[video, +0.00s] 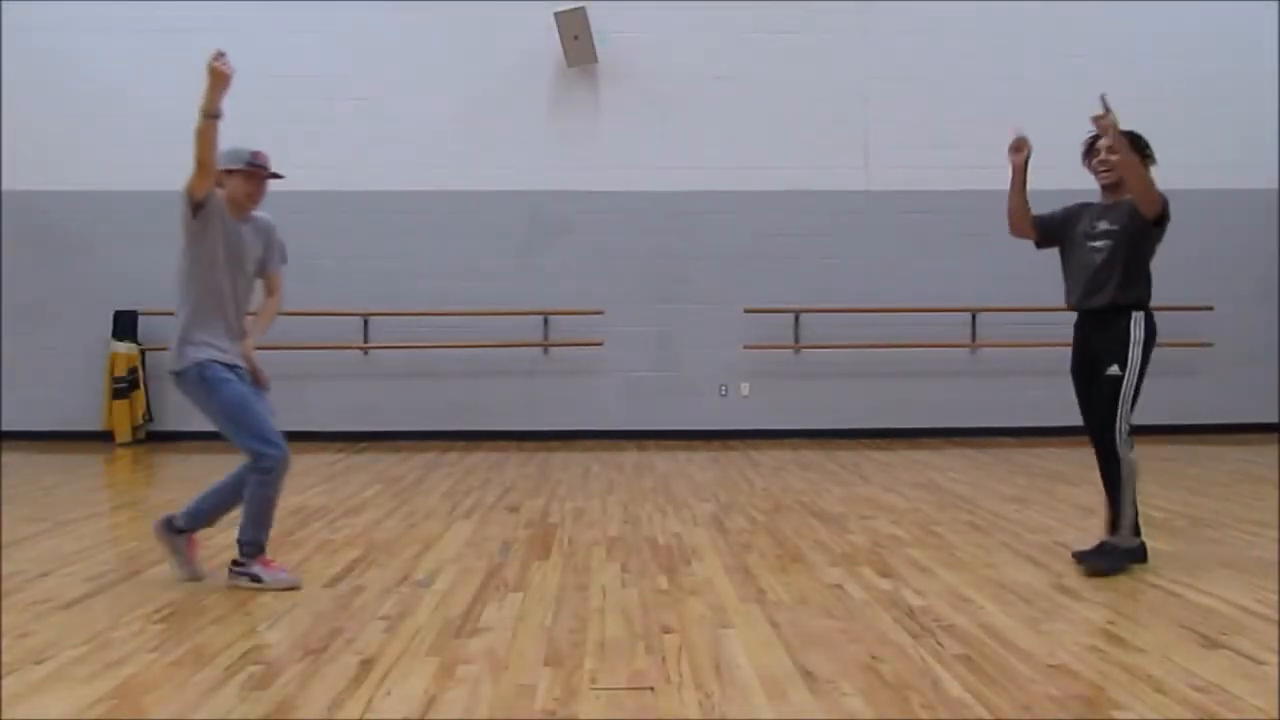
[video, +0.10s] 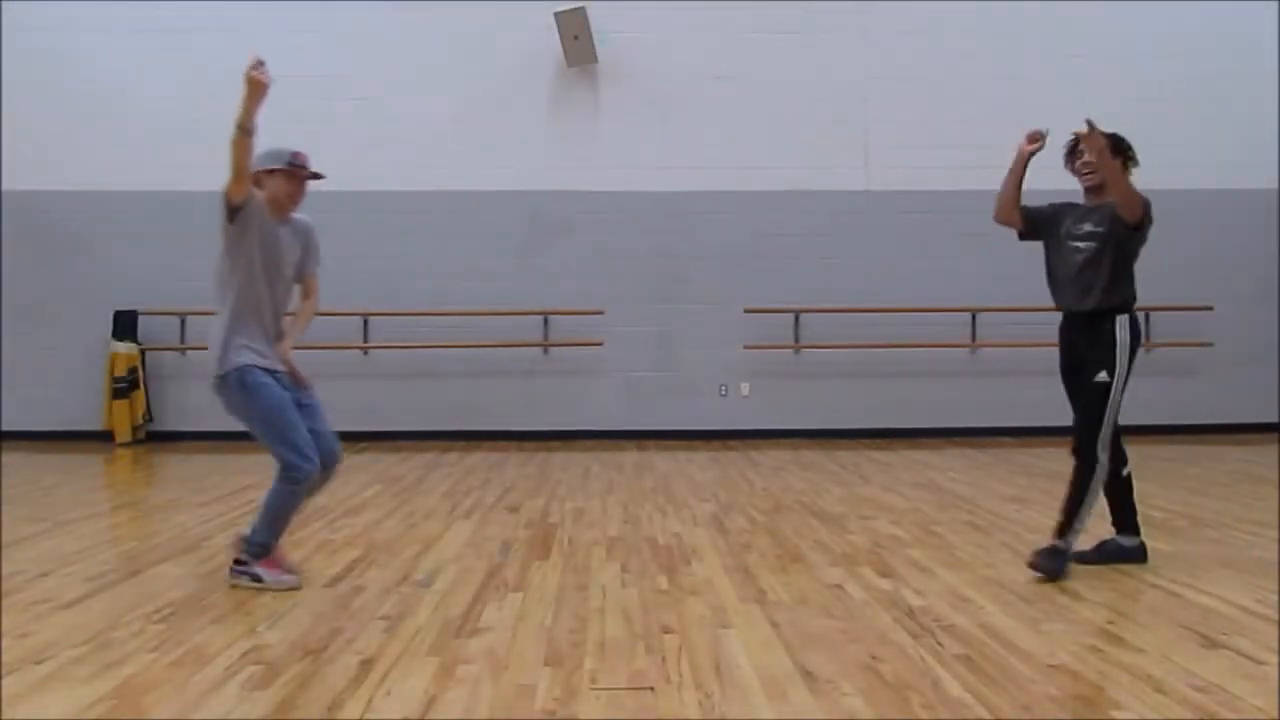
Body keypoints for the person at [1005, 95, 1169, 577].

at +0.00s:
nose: (1102, 158)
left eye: (1114, 150)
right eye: (1095, 152)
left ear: (1137, 161)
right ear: (1088, 166)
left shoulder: (1146, 212)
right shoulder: (1078, 216)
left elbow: (1146, 194)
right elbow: (1021, 227)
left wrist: (1116, 140)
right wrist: (1018, 170)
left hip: (1128, 325)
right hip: (1089, 327)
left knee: (1113, 429)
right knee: (1101, 433)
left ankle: (1126, 537)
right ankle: (1121, 533)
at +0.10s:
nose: (1086, 163)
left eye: (1096, 156)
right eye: (1080, 158)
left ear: (1121, 164)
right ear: (1073, 168)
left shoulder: (1130, 212)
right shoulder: (1061, 213)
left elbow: (1131, 209)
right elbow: (1007, 215)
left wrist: (1105, 156)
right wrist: (1022, 159)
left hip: (1113, 329)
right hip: (1074, 330)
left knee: (1091, 438)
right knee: (1101, 435)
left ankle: (1062, 545)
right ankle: (1128, 536)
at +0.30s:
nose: (1056, 163)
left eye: (1066, 155)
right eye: (1050, 158)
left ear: (1090, 164)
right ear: (1044, 169)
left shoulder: (1095, 212)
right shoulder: (1030, 217)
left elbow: (1093, 184)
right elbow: (973, 218)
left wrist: (1070, 123)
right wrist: (964, 161)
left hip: (1073, 330)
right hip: (1040, 332)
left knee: (1050, 444)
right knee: (1072, 439)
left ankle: (1016, 547)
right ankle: (1124, 532)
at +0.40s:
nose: (1040, 157)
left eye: (1051, 151)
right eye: (1035, 151)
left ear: (1071, 164)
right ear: (1027, 164)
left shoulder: (1075, 210)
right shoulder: (1016, 214)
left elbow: (1075, 169)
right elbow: (960, 214)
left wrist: (1064, 116)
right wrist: (929, 171)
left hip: (1050, 325)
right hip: (1018, 327)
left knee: (1040, 439)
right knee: (1025, 438)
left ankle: (1016, 549)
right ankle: (1104, 517)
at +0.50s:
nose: (1023, 156)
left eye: (1033, 150)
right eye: (1019, 150)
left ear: (1057, 162)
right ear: (1011, 162)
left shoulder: (1060, 206)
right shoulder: (1004, 210)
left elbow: (1050, 159)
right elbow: (946, 208)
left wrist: (1046, 105)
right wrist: (906, 169)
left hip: (1034, 325)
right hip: (1001, 327)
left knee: (1030, 430)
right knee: (983, 432)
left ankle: (1014, 548)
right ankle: (1065, 504)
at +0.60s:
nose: (1001, 156)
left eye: (1011, 149)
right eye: (997, 149)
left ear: (1035, 157)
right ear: (992, 158)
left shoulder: (1044, 204)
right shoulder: (982, 209)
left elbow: (1029, 161)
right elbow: (927, 202)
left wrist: (1014, 97)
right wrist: (902, 150)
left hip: (1020, 327)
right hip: (983, 327)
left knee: (1019, 437)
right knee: (954, 430)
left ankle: (1016, 545)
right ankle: (1004, 523)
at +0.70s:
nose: (975, 156)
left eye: (987, 147)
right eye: (974, 149)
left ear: (1015, 160)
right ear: (975, 162)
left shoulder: (1027, 205)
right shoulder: (964, 211)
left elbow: (1004, 181)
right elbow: (908, 199)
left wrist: (971, 128)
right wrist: (909, 137)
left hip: (1004, 328)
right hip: (965, 329)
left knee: (1009, 441)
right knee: (938, 431)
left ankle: (1012, 549)